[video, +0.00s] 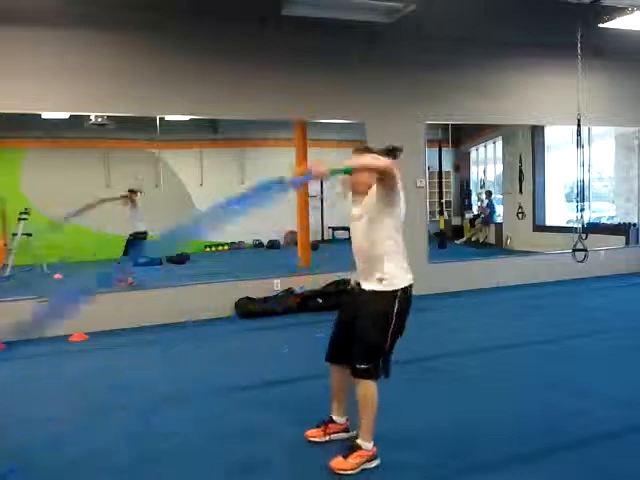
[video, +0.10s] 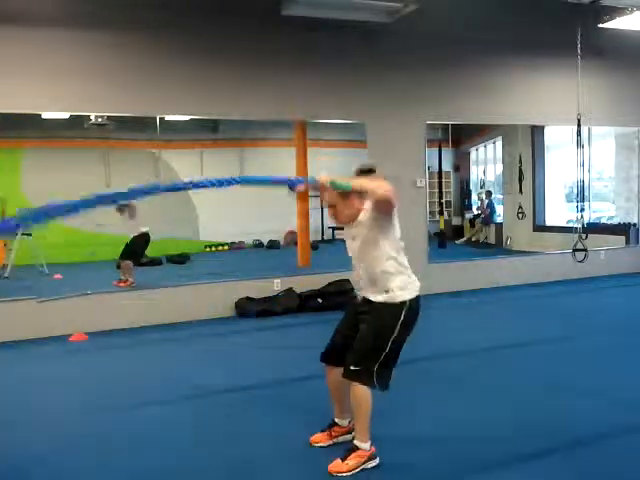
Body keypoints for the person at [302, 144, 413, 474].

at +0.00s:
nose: (350, 179)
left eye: (356, 172)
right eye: (350, 172)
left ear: (373, 172)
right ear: (354, 174)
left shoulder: (387, 197)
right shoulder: (358, 202)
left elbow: (388, 167)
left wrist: (334, 169)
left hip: (390, 289)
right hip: (362, 287)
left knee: (365, 368)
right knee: (339, 357)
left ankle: (366, 447)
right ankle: (338, 421)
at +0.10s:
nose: (331, 214)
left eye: (334, 207)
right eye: (329, 208)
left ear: (354, 199)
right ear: (342, 204)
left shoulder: (378, 218)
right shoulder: (352, 225)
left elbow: (386, 192)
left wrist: (346, 184)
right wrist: (326, 190)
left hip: (397, 300)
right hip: (368, 298)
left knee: (358, 372)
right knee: (333, 361)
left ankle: (365, 448)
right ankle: (343, 423)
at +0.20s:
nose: (315, 250)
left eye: (318, 243)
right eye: (313, 245)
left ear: (335, 240)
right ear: (328, 243)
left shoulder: (361, 257)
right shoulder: (329, 264)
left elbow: (375, 296)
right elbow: (315, 291)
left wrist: (334, 287)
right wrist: (295, 283)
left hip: (410, 309)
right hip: (377, 310)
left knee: (368, 372)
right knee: (346, 363)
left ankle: (364, 448)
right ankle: (344, 426)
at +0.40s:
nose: (320, 231)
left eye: (323, 224)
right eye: (320, 225)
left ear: (340, 224)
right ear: (337, 225)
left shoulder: (366, 245)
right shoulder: (340, 250)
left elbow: (376, 299)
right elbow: (330, 284)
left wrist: (349, 334)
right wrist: (309, 311)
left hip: (411, 303)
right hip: (380, 304)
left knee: (371, 369)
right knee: (346, 357)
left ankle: (365, 449)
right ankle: (345, 426)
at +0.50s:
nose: (335, 202)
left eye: (339, 195)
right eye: (333, 196)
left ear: (358, 191)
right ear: (347, 195)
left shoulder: (378, 210)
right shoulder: (349, 213)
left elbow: (357, 228)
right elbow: (323, 218)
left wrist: (318, 239)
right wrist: (301, 226)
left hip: (403, 294)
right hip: (375, 293)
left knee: (370, 369)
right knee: (342, 359)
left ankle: (365, 447)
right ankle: (344, 423)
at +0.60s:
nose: (325, 210)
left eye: (328, 203)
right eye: (322, 204)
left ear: (346, 196)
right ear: (326, 201)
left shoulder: (370, 213)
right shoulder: (343, 219)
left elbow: (358, 186)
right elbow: (318, 193)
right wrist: (289, 183)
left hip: (396, 296)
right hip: (367, 294)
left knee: (359, 366)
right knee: (332, 355)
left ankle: (358, 446)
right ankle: (336, 422)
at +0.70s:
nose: (311, 233)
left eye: (315, 226)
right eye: (307, 228)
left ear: (331, 220)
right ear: (309, 226)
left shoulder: (353, 239)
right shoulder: (327, 239)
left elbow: (353, 231)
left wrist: (311, 198)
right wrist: (294, 206)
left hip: (392, 307)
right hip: (363, 305)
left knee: (351, 379)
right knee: (324, 365)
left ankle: (333, 455)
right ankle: (312, 427)